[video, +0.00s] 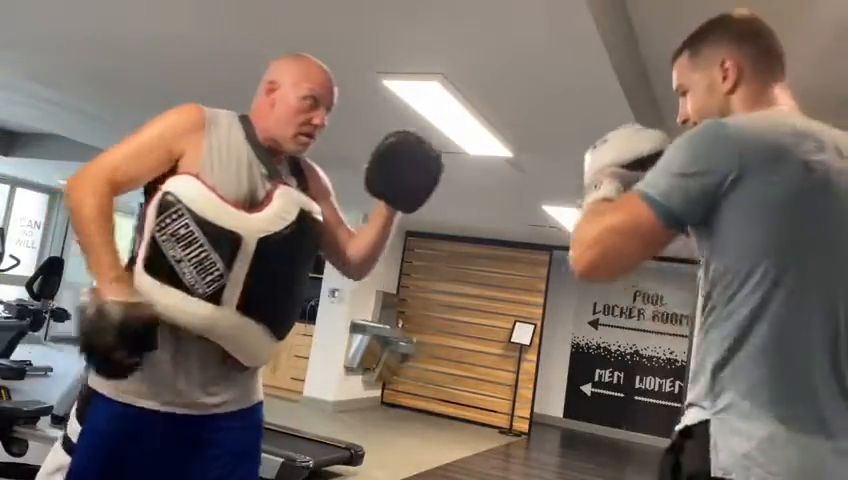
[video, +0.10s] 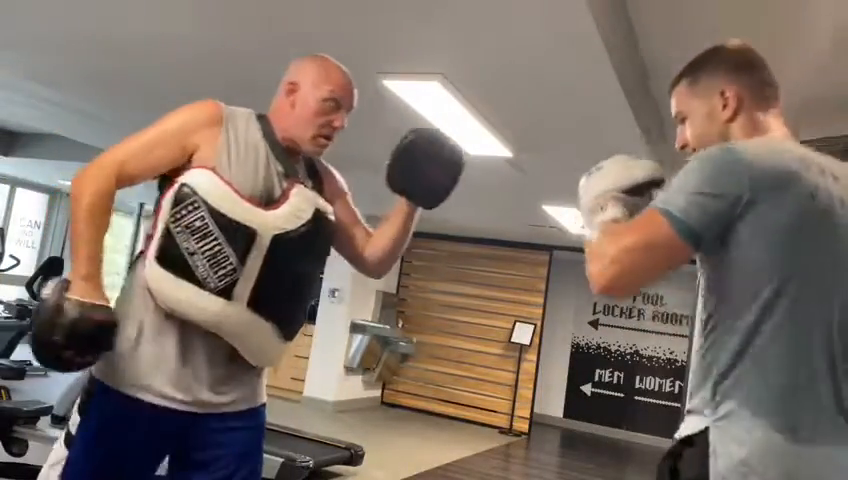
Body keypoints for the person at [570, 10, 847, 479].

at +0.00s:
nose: (682, 116)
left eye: (684, 92)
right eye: (678, 98)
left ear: (727, 72)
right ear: (776, 76)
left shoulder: (725, 142)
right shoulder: (837, 148)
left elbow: (590, 257)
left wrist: (606, 181)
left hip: (746, 445)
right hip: (837, 448)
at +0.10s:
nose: (680, 143)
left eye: (683, 119)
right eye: (677, 125)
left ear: (727, 102)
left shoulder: (734, 166)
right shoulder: (840, 178)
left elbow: (608, 272)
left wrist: (602, 207)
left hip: (743, 450)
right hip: (835, 453)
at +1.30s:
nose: (518, 200)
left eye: (525, 188)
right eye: (517, 191)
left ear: (561, 187)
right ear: (559, 188)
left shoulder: (596, 240)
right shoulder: (558, 245)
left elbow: (554, 292)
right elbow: (525, 316)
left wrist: (517, 241)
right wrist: (510, 269)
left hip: (571, 406)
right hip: (550, 400)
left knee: (519, 472)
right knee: (517, 471)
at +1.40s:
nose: (527, 189)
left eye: (536, 178)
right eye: (526, 179)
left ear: (571, 180)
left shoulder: (602, 232)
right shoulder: (559, 238)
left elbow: (582, 287)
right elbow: (517, 301)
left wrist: (537, 235)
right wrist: (506, 253)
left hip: (575, 390)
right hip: (545, 387)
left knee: (539, 473)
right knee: (513, 472)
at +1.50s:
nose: (534, 166)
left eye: (544, 154)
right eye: (532, 155)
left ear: (578, 157)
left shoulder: (611, 208)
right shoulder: (550, 213)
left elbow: (603, 267)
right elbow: (516, 280)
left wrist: (556, 218)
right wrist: (509, 233)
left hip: (576, 365)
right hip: (544, 362)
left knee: (532, 471)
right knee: (530, 469)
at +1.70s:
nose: (539, 181)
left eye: (551, 171)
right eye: (539, 171)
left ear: (583, 177)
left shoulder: (615, 231)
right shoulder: (547, 231)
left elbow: (609, 296)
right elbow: (517, 300)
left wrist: (563, 246)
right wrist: (511, 253)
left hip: (576, 388)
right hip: (534, 381)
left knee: (558, 473)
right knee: (520, 471)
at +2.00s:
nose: (550, 155)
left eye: (561, 145)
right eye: (548, 146)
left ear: (592, 152)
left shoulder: (618, 206)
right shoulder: (555, 208)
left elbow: (617, 270)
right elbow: (523, 277)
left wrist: (566, 221)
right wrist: (519, 235)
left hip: (584, 358)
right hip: (545, 354)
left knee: (557, 470)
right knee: (536, 465)